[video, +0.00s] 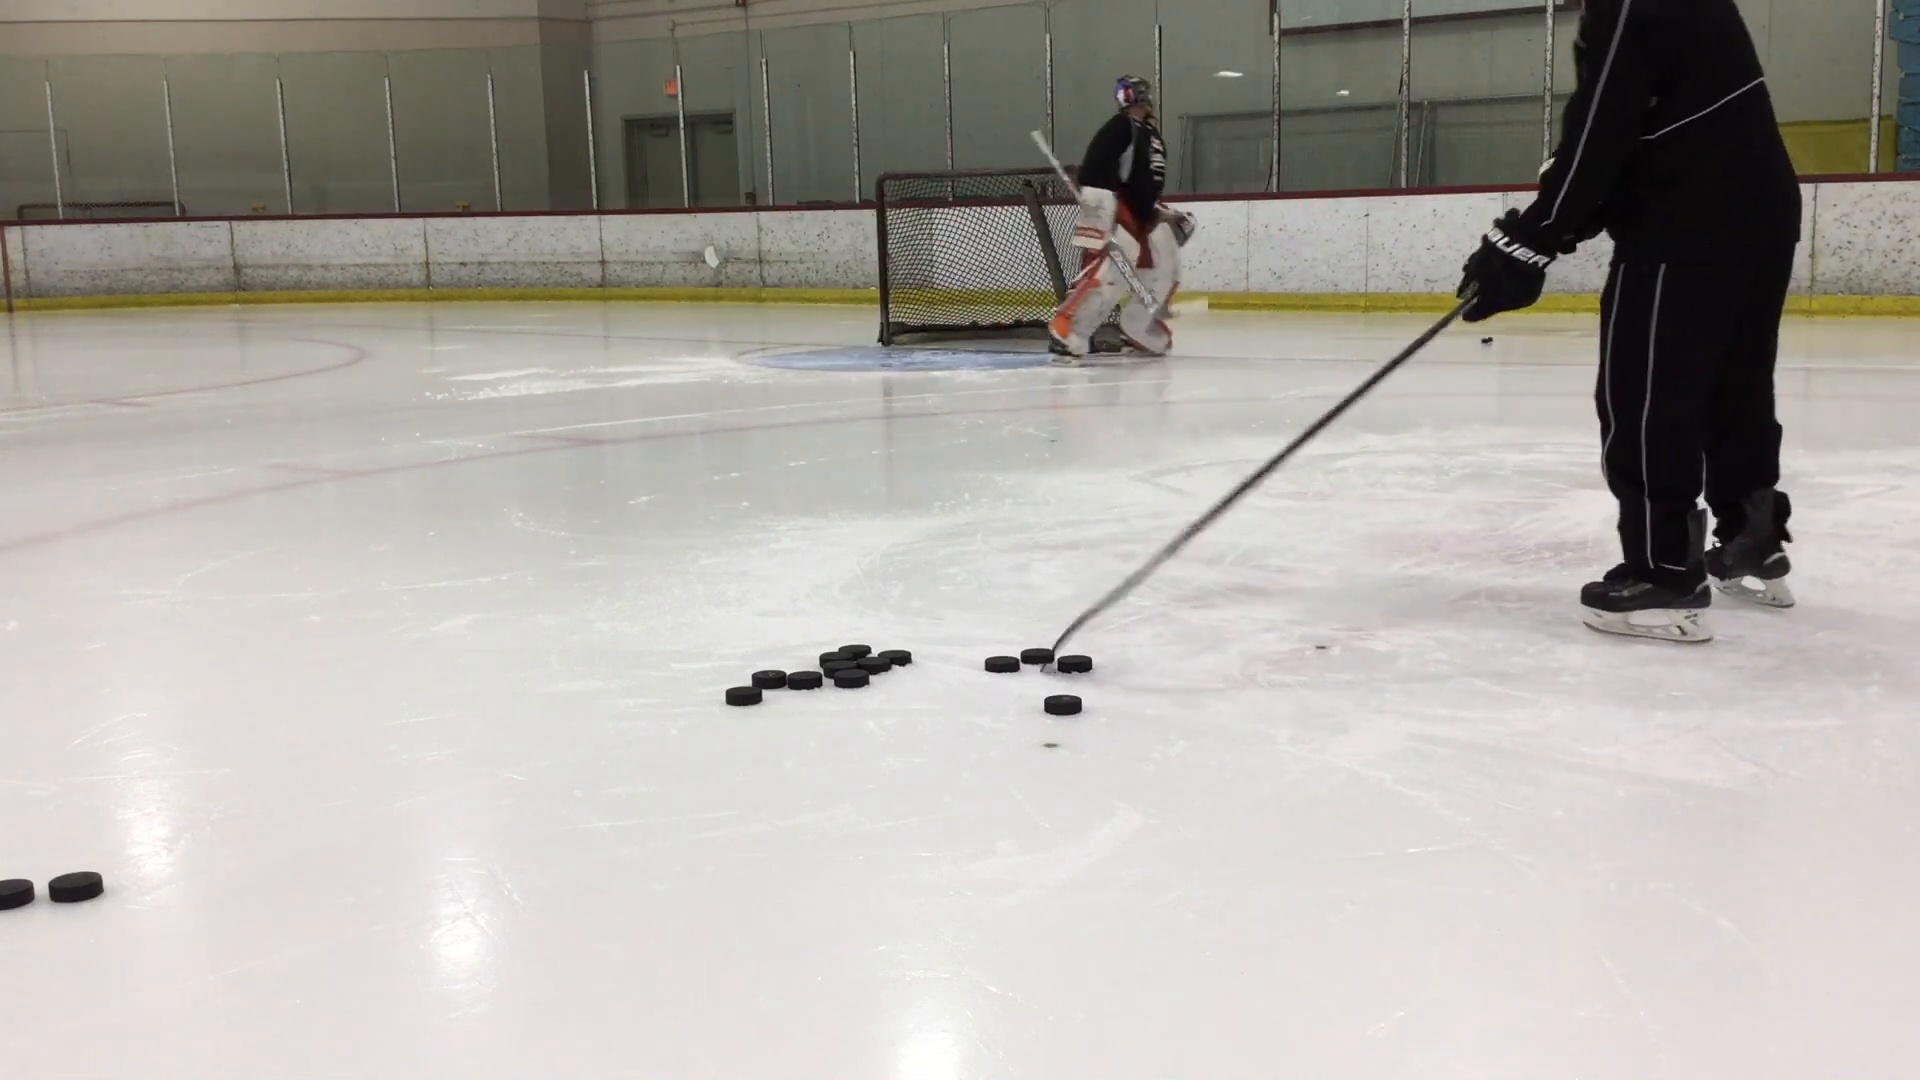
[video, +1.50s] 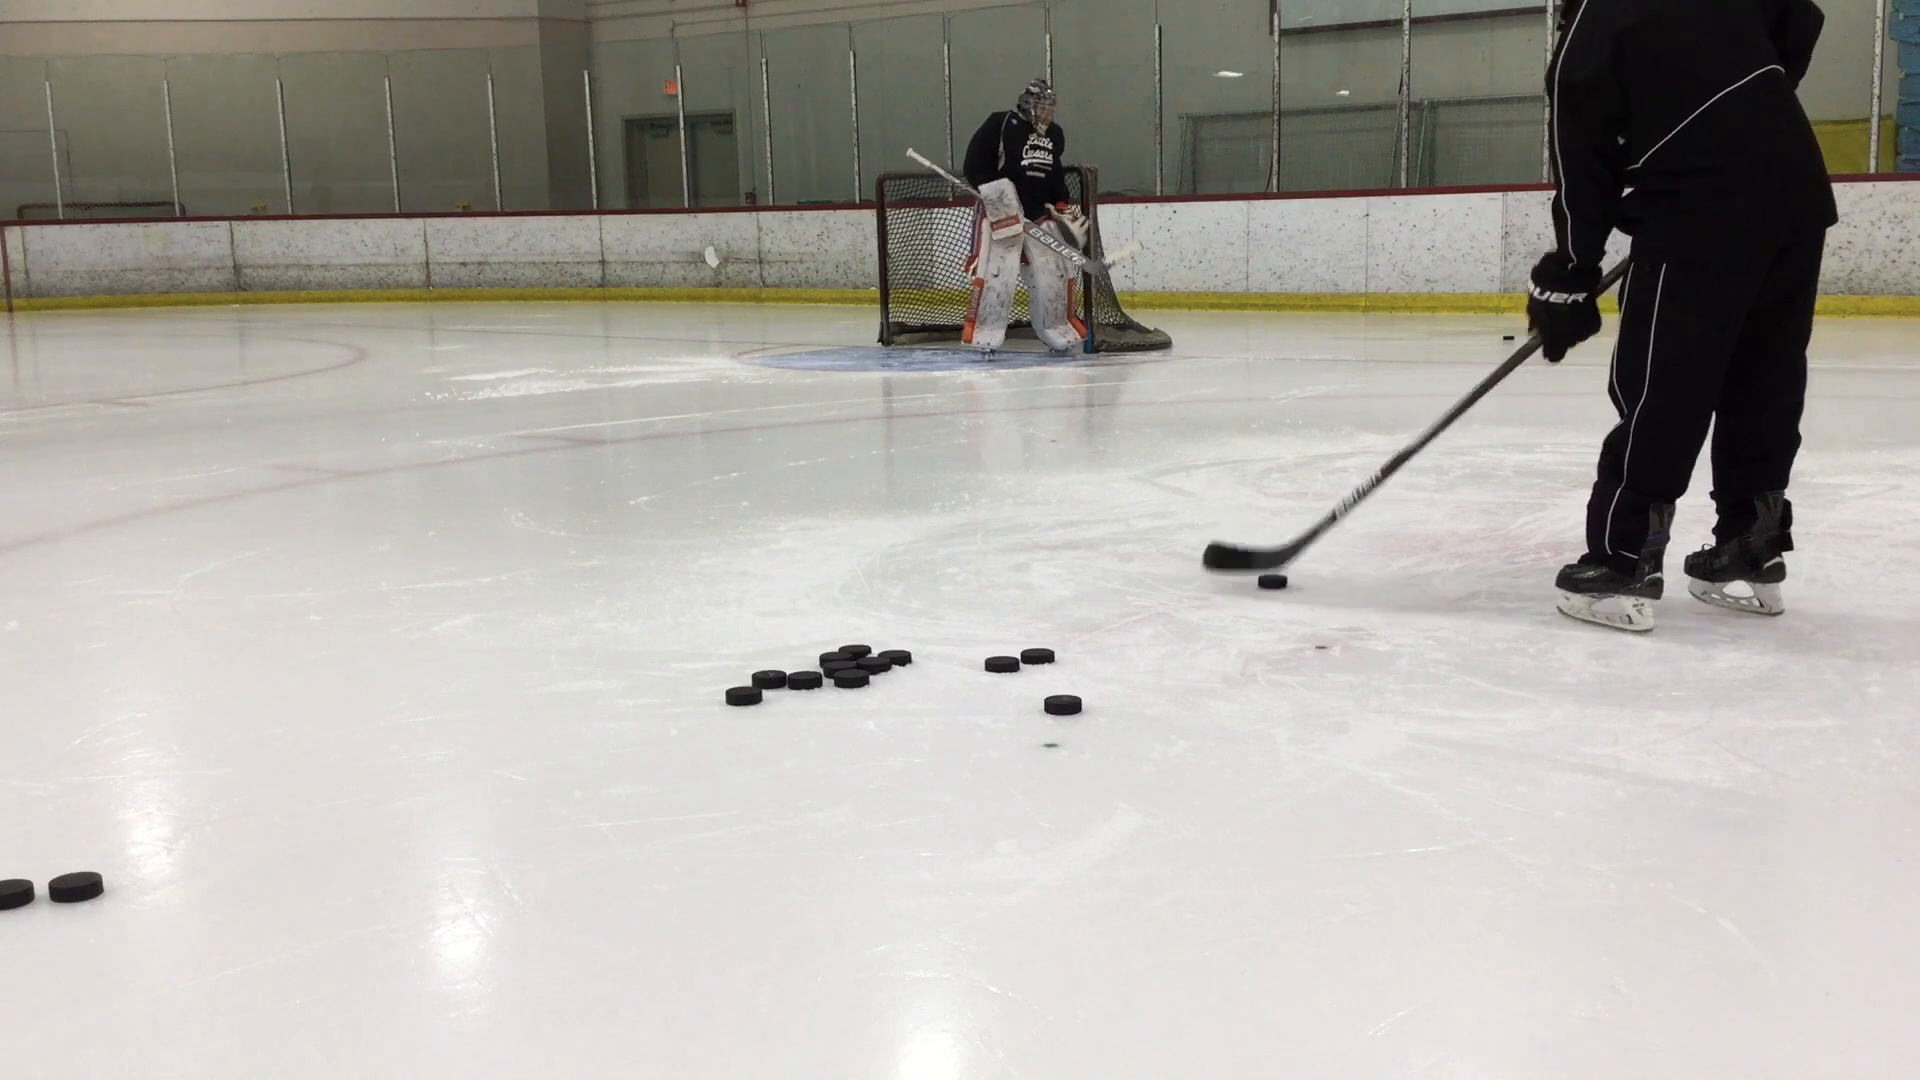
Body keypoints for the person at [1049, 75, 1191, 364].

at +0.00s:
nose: (1146, 100)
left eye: (1146, 94)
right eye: (1140, 95)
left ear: (1140, 97)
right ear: (1130, 98)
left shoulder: (1152, 133)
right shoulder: (1119, 128)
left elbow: (1145, 182)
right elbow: (1095, 173)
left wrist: (1162, 210)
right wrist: (1099, 217)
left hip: (1145, 216)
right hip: (1115, 215)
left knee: (1163, 272)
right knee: (1110, 275)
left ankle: (1141, 332)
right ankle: (1066, 334)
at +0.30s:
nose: (1098, 94)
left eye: (1100, 89)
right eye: (1092, 89)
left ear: (1103, 91)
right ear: (1079, 91)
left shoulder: (1110, 125)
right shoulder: (1064, 118)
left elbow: (1106, 169)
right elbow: (1038, 156)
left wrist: (1135, 181)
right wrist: (1059, 186)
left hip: (1098, 213)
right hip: (1066, 211)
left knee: (1108, 275)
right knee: (1056, 274)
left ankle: (1088, 332)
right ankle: (1030, 333)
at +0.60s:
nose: (1054, 95)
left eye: (1056, 89)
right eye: (1048, 90)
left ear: (1061, 93)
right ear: (1034, 94)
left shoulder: (1071, 124)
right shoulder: (1016, 122)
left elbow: (1092, 155)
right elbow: (1002, 165)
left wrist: (1096, 168)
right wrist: (1045, 187)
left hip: (1064, 215)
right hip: (1025, 213)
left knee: (1073, 273)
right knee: (1012, 273)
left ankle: (1053, 333)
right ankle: (991, 338)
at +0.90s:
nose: (1032, 99)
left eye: (1036, 93)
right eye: (1026, 94)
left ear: (1043, 95)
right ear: (1013, 95)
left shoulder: (1056, 123)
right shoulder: (994, 125)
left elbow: (1082, 157)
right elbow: (972, 167)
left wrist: (1070, 187)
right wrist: (1001, 202)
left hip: (1047, 216)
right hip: (1006, 216)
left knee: (1055, 278)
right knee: (1001, 277)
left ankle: (1054, 338)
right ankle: (989, 340)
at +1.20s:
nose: (1030, 105)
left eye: (1034, 99)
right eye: (1024, 99)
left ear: (1039, 101)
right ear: (1010, 100)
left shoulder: (1047, 127)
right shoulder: (988, 125)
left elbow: (1067, 166)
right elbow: (965, 166)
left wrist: (1080, 197)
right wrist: (989, 206)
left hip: (1038, 217)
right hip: (997, 216)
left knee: (1049, 277)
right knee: (992, 278)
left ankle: (1053, 338)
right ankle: (981, 341)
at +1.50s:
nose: (1049, 111)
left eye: (1051, 105)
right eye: (1044, 105)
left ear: (1052, 107)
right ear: (1028, 104)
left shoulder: (1054, 134)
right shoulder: (1000, 123)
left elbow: (1054, 172)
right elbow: (974, 166)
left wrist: (1062, 204)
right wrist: (998, 204)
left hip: (1040, 215)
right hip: (1001, 215)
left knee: (1053, 273)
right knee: (997, 275)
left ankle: (1060, 337)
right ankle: (986, 340)